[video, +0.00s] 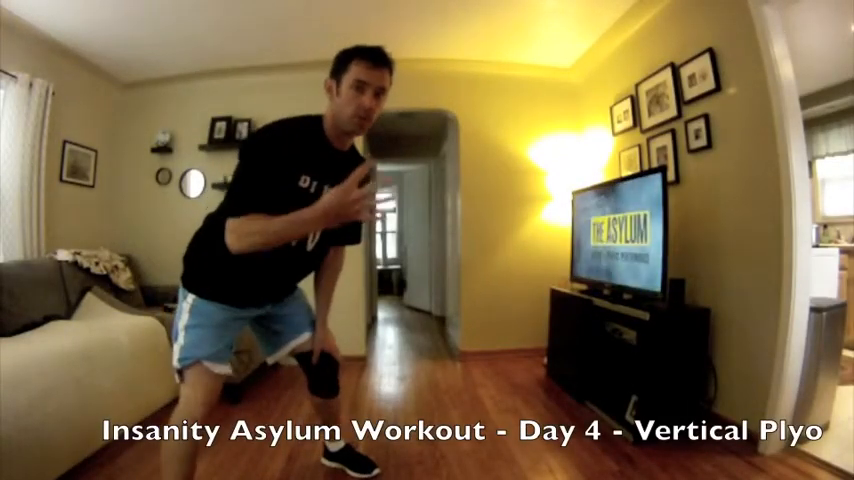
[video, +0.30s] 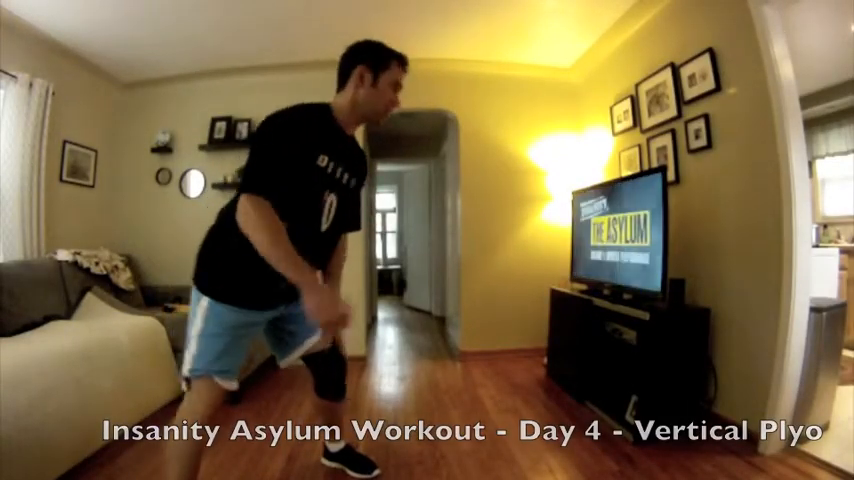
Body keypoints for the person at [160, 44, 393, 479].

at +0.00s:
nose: (369, 104)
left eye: (379, 95)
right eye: (360, 88)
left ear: (384, 102)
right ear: (331, 88)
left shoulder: (355, 170)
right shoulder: (273, 141)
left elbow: (334, 249)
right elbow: (237, 236)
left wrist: (321, 322)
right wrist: (324, 214)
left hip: (276, 285)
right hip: (216, 284)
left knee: (323, 365)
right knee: (201, 394)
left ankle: (335, 447)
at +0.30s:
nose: (397, 102)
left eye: (399, 91)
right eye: (393, 88)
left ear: (367, 83)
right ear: (361, 78)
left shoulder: (356, 161)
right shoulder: (289, 125)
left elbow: (337, 239)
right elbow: (252, 209)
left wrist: (329, 301)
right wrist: (309, 285)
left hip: (294, 290)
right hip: (232, 284)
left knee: (331, 370)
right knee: (206, 397)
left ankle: (335, 447)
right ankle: (178, 473)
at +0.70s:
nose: (400, 81)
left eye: (402, 71)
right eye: (397, 69)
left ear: (371, 64)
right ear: (369, 61)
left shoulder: (362, 134)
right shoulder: (307, 102)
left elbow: (353, 213)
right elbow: (269, 180)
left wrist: (353, 277)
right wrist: (262, 268)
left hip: (329, 275)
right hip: (281, 273)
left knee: (343, 363)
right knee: (263, 384)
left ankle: (336, 447)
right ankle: (230, 473)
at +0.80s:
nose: (396, 75)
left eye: (398, 65)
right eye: (393, 63)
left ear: (370, 60)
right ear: (364, 56)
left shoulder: (359, 128)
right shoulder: (303, 100)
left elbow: (354, 208)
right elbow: (267, 178)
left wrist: (356, 275)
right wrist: (269, 266)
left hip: (331, 273)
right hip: (282, 271)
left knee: (339, 368)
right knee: (270, 385)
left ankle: (336, 447)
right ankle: (259, 472)